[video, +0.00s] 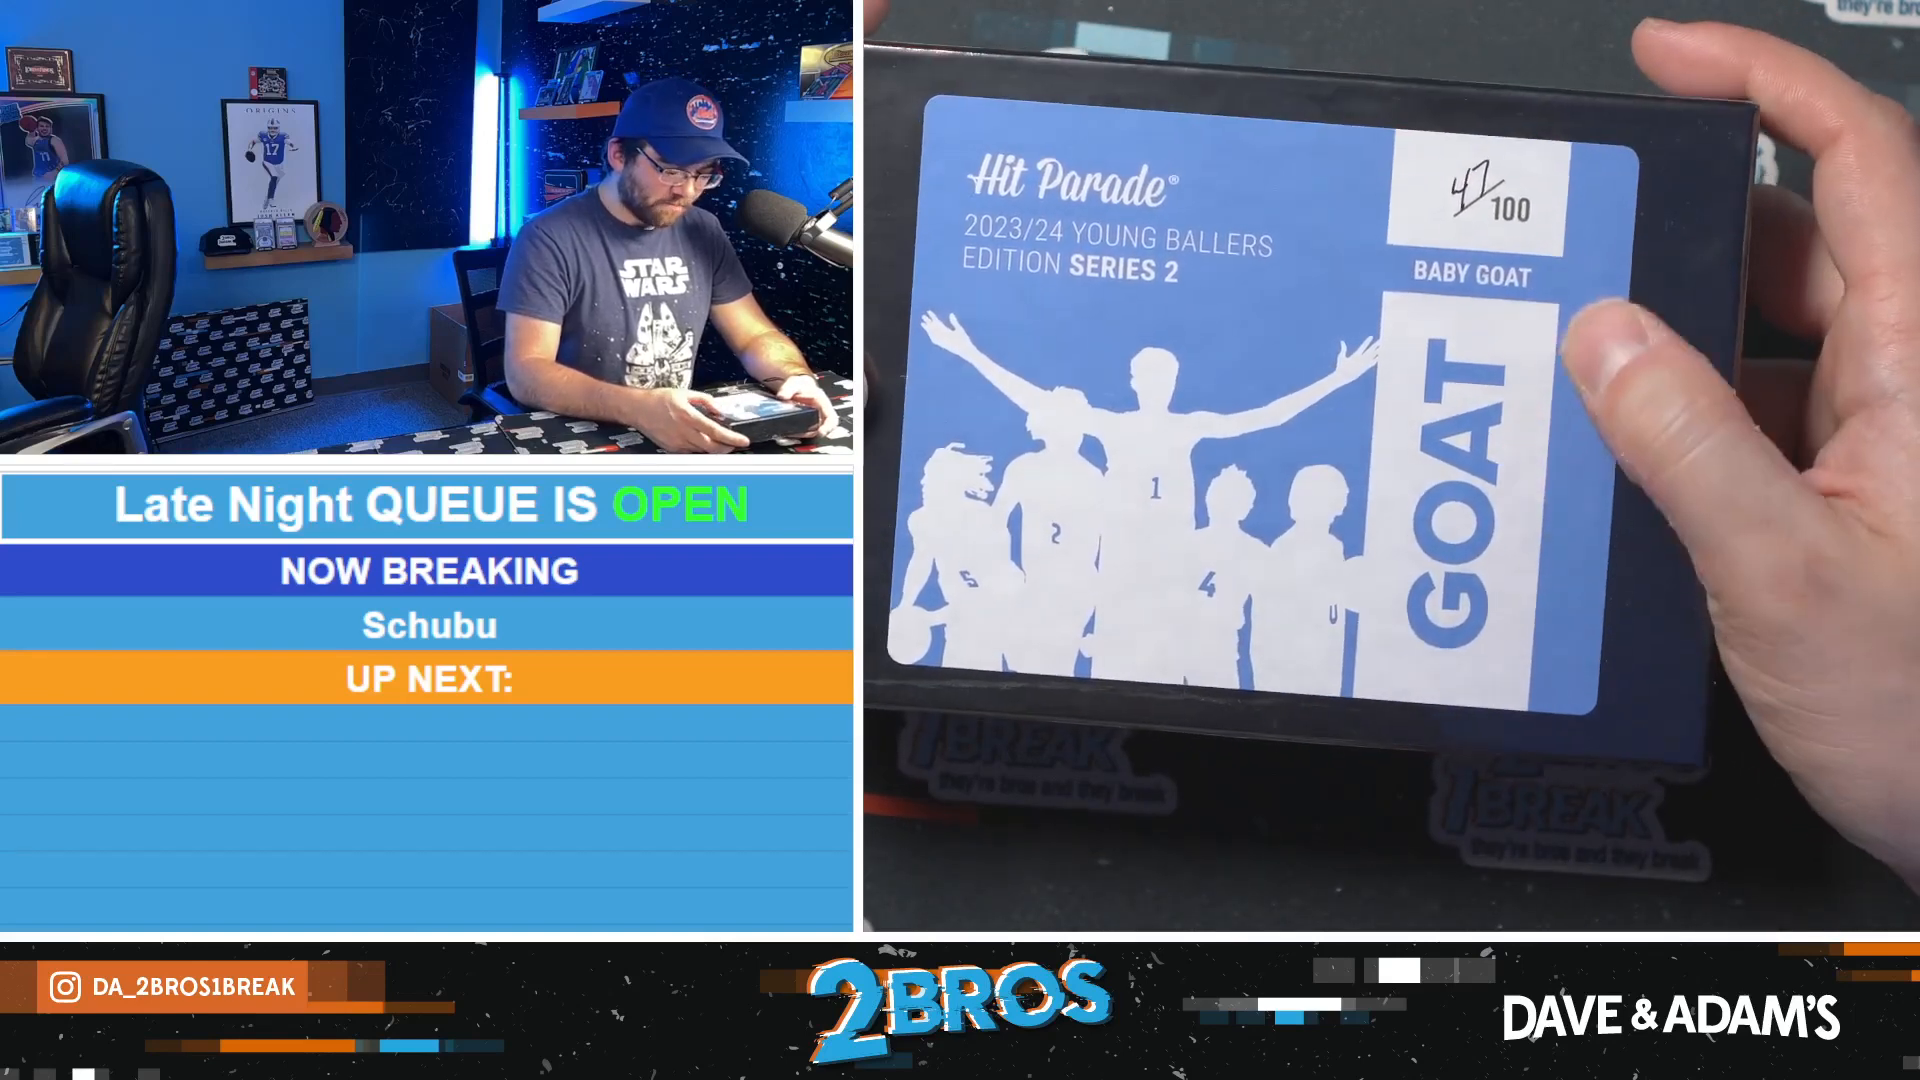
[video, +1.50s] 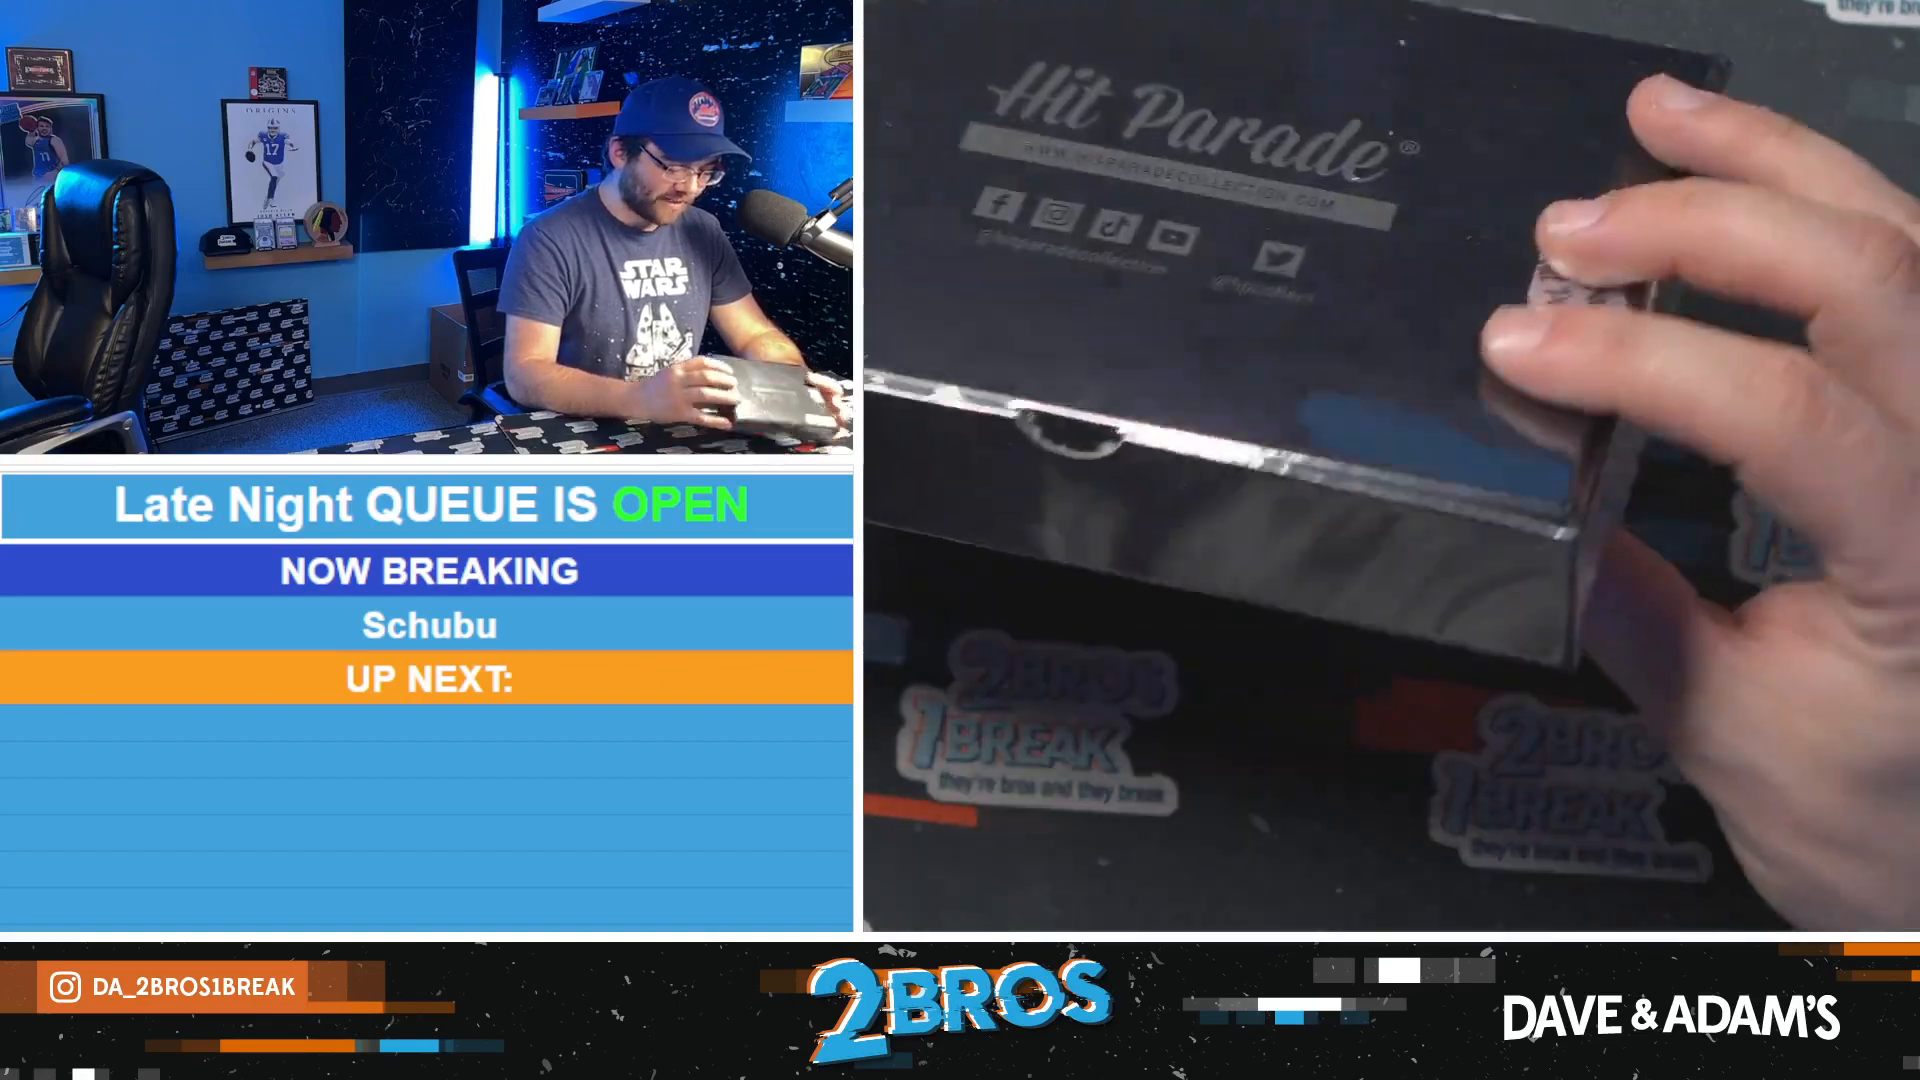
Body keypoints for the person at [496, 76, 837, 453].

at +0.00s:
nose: (688, 190)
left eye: (703, 173)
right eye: (671, 169)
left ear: (715, 170)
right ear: (618, 156)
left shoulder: (702, 232)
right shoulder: (553, 237)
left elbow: (756, 335)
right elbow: (528, 373)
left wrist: (795, 375)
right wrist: (640, 407)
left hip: (681, 458)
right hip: (577, 464)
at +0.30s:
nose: (685, 187)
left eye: (701, 169)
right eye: (668, 165)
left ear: (712, 168)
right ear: (617, 154)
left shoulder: (702, 233)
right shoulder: (552, 238)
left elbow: (755, 335)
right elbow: (527, 373)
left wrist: (795, 376)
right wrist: (639, 407)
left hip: (680, 459)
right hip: (576, 465)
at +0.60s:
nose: (685, 189)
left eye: (700, 172)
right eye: (669, 167)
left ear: (712, 169)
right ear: (617, 154)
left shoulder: (703, 233)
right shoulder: (553, 237)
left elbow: (758, 335)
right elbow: (529, 373)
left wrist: (799, 378)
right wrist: (638, 405)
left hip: (687, 461)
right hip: (581, 464)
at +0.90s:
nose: (684, 193)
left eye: (700, 176)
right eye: (669, 171)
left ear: (713, 172)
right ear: (618, 154)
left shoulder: (702, 233)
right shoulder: (553, 238)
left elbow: (757, 336)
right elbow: (529, 374)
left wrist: (800, 379)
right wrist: (640, 406)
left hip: (686, 460)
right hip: (580, 465)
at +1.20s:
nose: (687, 187)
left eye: (702, 170)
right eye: (670, 166)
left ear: (714, 168)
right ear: (618, 154)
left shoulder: (700, 232)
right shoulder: (551, 237)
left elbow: (755, 335)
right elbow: (527, 373)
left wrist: (797, 383)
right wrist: (641, 406)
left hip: (681, 458)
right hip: (576, 463)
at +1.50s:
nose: (689, 185)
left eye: (704, 169)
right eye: (673, 165)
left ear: (715, 169)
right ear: (620, 152)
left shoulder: (701, 232)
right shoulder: (552, 239)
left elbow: (755, 333)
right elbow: (527, 375)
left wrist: (797, 380)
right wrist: (641, 398)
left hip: (686, 457)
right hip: (581, 462)